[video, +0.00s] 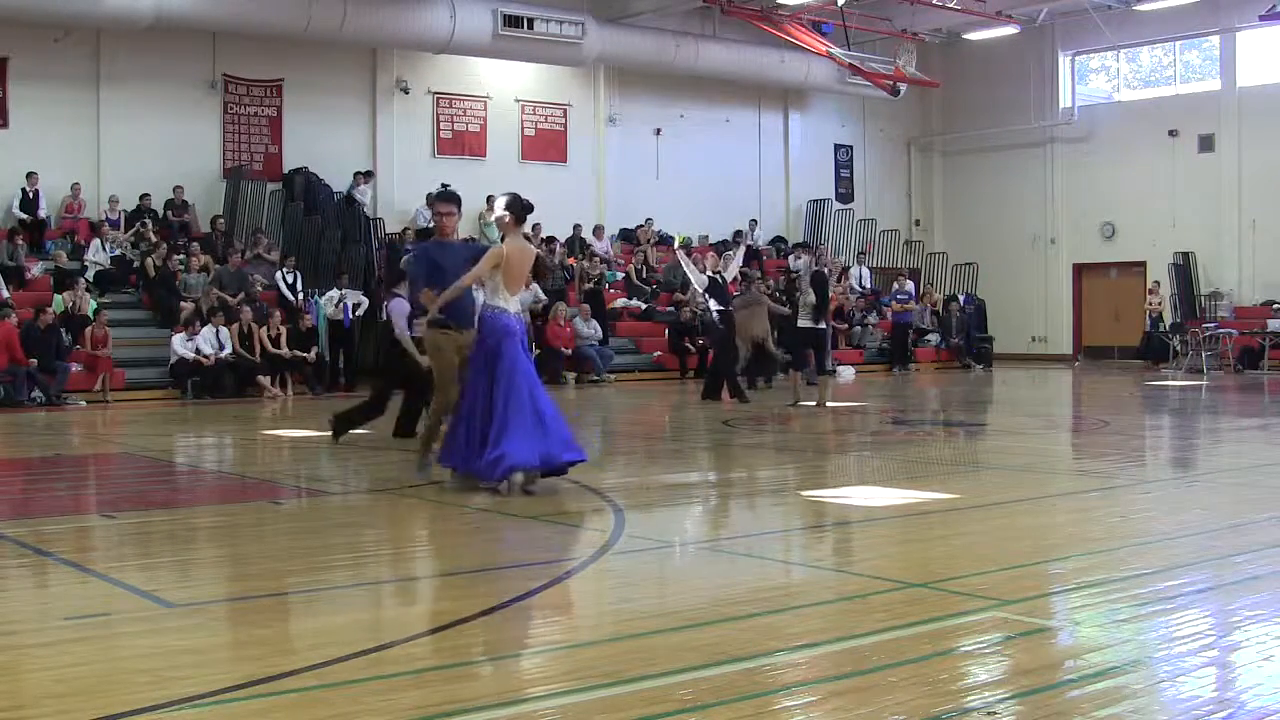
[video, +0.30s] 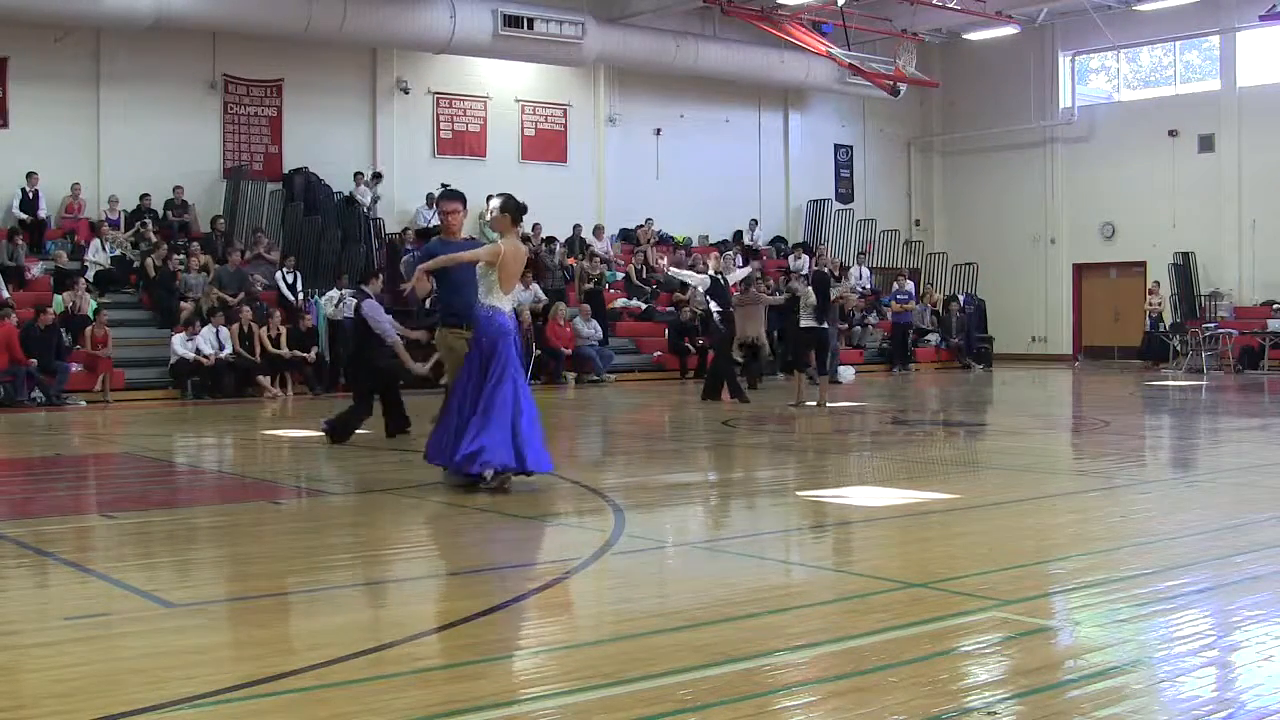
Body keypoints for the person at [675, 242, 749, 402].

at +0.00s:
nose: (713, 259)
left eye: (714, 257)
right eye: (710, 257)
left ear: (718, 261)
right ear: (705, 262)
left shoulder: (724, 277)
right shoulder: (703, 280)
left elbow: (735, 264)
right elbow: (690, 269)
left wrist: (744, 245)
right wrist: (679, 252)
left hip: (729, 316)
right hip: (717, 317)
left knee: (722, 354)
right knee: (728, 353)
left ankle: (711, 392)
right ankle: (737, 392)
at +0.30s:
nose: (718, 261)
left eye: (719, 259)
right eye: (715, 259)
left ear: (721, 262)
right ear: (708, 262)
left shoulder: (725, 279)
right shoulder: (706, 279)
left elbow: (739, 273)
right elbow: (689, 276)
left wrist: (751, 267)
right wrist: (669, 269)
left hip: (729, 317)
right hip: (716, 318)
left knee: (722, 355)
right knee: (724, 355)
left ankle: (710, 392)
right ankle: (738, 393)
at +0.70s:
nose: (731, 263)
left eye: (732, 261)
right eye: (728, 260)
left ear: (730, 262)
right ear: (719, 260)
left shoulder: (726, 278)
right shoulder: (712, 278)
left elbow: (730, 298)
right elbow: (695, 299)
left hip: (728, 324)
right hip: (719, 325)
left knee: (719, 359)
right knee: (729, 359)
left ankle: (710, 391)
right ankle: (738, 392)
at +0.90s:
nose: (737, 264)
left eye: (737, 261)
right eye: (735, 261)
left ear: (730, 261)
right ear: (726, 260)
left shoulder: (729, 278)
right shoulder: (720, 278)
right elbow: (716, 304)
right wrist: (722, 326)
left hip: (728, 326)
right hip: (722, 327)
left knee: (718, 360)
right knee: (733, 360)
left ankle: (709, 392)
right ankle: (733, 394)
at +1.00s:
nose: (740, 265)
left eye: (740, 262)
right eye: (738, 261)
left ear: (731, 262)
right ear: (728, 261)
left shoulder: (730, 279)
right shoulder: (724, 279)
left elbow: (727, 304)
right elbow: (722, 304)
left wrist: (731, 327)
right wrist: (724, 327)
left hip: (728, 329)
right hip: (725, 329)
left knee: (716, 362)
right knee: (731, 363)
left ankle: (709, 393)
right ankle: (732, 394)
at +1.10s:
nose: (744, 265)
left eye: (744, 262)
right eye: (741, 262)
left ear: (732, 263)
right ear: (731, 262)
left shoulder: (729, 279)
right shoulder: (727, 280)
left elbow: (731, 305)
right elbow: (732, 304)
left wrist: (737, 327)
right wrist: (737, 327)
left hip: (725, 321)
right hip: (725, 322)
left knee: (725, 357)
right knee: (732, 357)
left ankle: (711, 390)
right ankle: (733, 394)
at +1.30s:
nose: (748, 266)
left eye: (749, 263)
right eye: (746, 263)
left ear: (741, 264)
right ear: (737, 263)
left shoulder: (736, 280)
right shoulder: (729, 280)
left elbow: (741, 304)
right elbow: (740, 301)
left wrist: (747, 322)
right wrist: (757, 317)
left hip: (735, 322)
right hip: (728, 322)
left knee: (737, 357)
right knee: (734, 357)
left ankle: (733, 392)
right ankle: (732, 393)